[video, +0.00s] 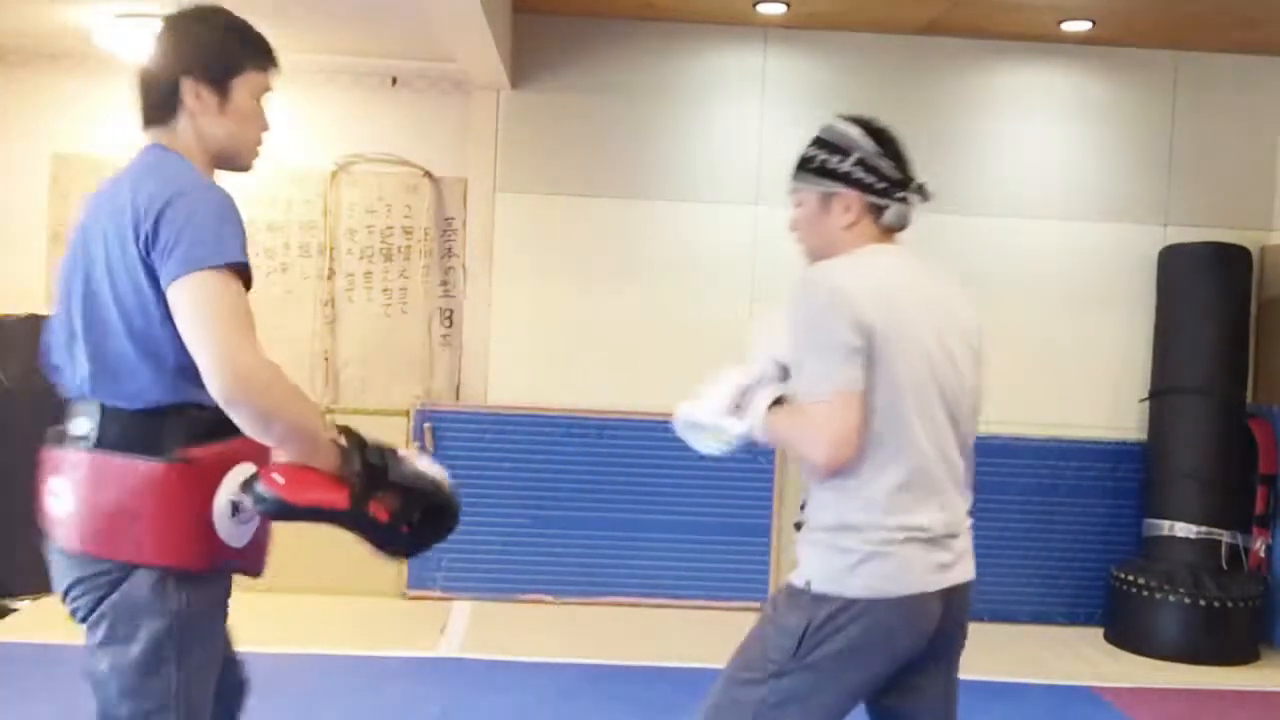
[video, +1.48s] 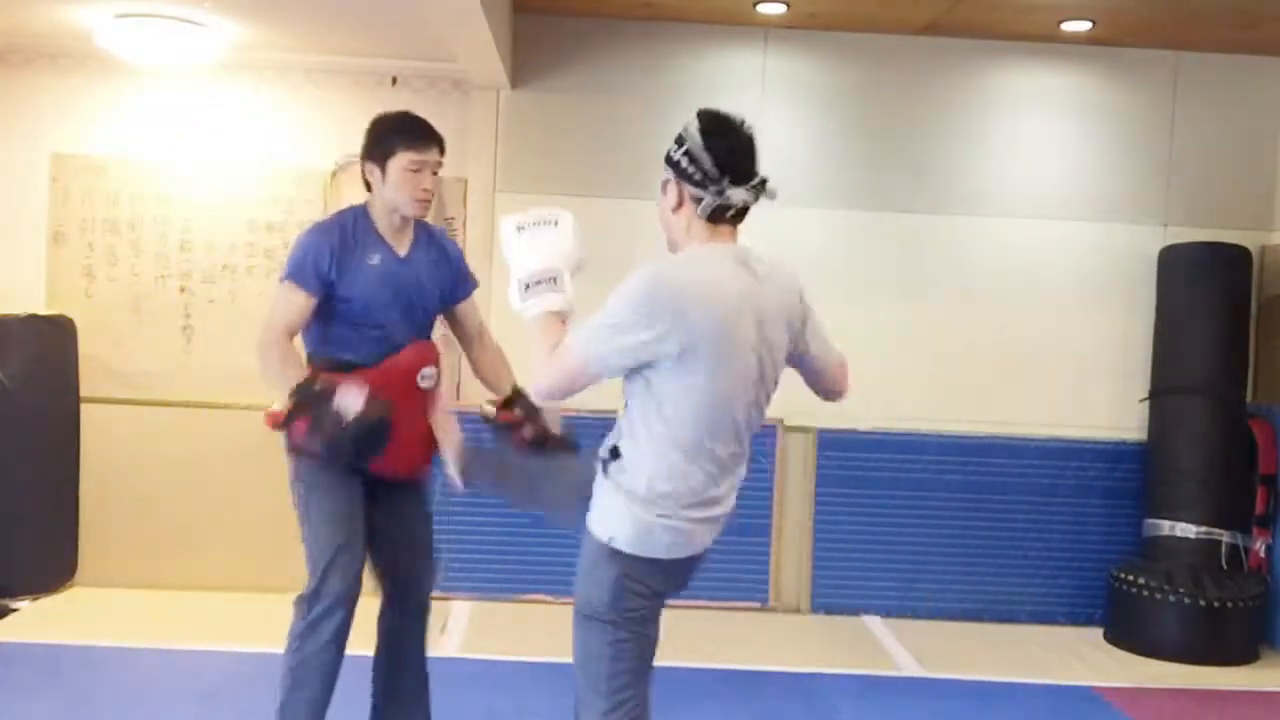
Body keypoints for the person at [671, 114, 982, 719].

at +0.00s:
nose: (791, 220)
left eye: (801, 202)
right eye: (793, 202)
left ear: (847, 206)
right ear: (857, 206)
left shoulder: (832, 286)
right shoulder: (945, 292)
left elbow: (830, 443)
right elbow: (927, 432)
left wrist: (756, 410)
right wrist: (790, 390)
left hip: (851, 597)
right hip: (942, 591)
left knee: (734, 713)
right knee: (920, 713)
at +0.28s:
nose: (831, 200)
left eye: (841, 182)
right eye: (835, 182)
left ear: (887, 191)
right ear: (907, 194)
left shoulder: (863, 273)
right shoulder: (984, 290)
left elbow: (853, 426)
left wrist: (770, 373)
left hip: (861, 580)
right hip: (962, 582)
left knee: (760, 710)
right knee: (944, 713)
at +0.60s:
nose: (798, 215)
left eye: (805, 198)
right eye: (799, 198)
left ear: (844, 202)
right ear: (871, 204)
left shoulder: (834, 288)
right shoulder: (966, 287)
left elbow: (825, 452)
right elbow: (996, 429)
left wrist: (744, 399)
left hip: (856, 582)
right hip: (959, 578)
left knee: (767, 712)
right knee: (946, 716)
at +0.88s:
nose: (778, 227)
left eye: (781, 209)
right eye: (778, 209)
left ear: (817, 210)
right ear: (855, 215)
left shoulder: (818, 296)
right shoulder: (912, 295)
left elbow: (808, 446)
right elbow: (888, 428)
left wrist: (718, 390)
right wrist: (777, 365)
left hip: (824, 588)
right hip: (919, 584)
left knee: (697, 710)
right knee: (926, 713)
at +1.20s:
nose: (682, 203)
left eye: (684, 187)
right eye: (682, 187)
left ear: (706, 191)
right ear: (763, 194)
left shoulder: (723, 278)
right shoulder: (809, 277)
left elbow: (638, 416)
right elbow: (755, 402)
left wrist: (592, 332)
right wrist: (685, 318)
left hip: (726, 541)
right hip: (795, 533)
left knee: (662, 698)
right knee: (703, 673)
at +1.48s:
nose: (660, 203)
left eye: (662, 187)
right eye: (664, 187)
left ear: (678, 195)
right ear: (740, 201)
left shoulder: (666, 286)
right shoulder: (778, 286)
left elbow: (551, 381)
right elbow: (833, 383)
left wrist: (549, 302)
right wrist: (782, 325)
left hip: (635, 535)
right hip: (694, 531)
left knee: (611, 708)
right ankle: (473, 456)